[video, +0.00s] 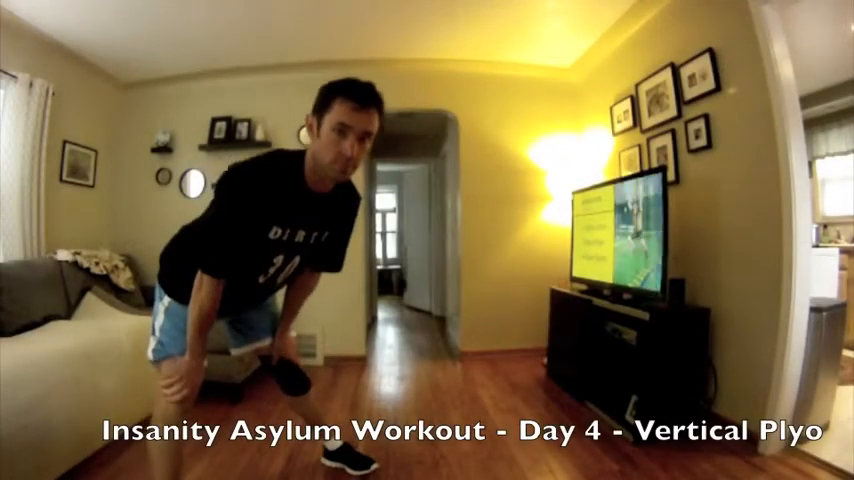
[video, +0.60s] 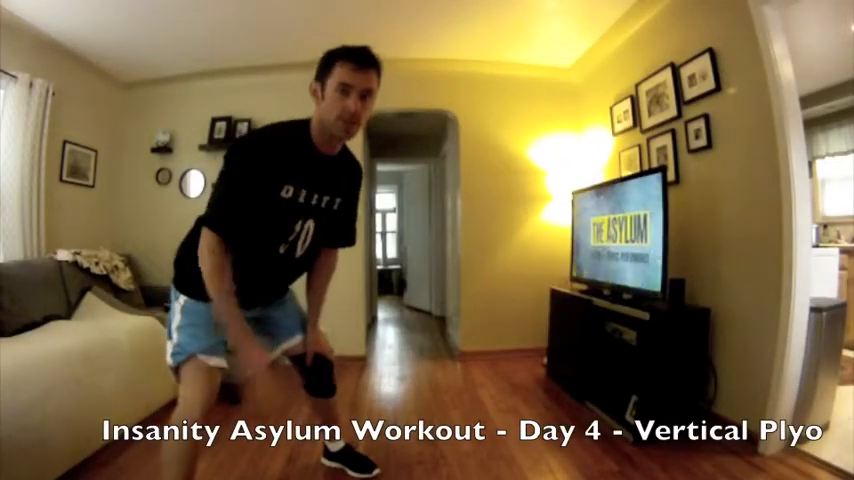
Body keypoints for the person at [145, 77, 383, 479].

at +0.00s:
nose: (351, 150)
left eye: (364, 139)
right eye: (341, 132)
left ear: (371, 144)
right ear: (311, 128)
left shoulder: (345, 201)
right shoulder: (252, 179)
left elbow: (311, 270)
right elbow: (209, 273)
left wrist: (285, 331)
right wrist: (194, 359)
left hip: (251, 291)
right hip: (190, 288)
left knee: (286, 369)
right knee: (175, 391)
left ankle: (331, 443)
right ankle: (163, 476)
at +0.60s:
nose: (354, 107)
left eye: (365, 97)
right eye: (345, 91)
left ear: (373, 104)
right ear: (317, 91)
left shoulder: (347, 172)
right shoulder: (258, 148)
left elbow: (327, 251)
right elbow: (210, 244)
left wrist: (313, 325)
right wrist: (242, 338)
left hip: (268, 288)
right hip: (207, 287)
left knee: (319, 368)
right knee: (198, 400)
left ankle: (336, 446)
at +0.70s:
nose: (357, 104)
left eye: (367, 95)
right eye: (347, 88)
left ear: (375, 103)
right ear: (319, 89)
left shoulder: (350, 171)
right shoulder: (261, 145)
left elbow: (330, 256)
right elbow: (215, 240)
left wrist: (318, 325)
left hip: (278, 291)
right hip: (213, 287)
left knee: (323, 369)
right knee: (201, 398)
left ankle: (335, 446)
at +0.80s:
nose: (360, 104)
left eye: (371, 95)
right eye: (350, 88)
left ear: (378, 103)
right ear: (322, 89)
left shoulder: (353, 172)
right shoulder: (266, 144)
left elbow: (333, 251)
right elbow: (226, 240)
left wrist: (321, 325)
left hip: (275, 286)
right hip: (214, 284)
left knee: (325, 367)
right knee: (202, 396)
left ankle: (335, 447)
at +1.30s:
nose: (397, 102)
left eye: (399, 91)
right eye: (393, 88)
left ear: (367, 83)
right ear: (361, 78)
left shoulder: (356, 161)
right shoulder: (289, 125)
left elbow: (337, 239)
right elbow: (252, 209)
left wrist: (329, 301)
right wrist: (309, 285)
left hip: (294, 290)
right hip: (232, 284)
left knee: (331, 370)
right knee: (206, 397)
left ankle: (335, 447)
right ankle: (178, 473)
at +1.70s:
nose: (400, 81)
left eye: (402, 71)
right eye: (397, 69)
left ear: (371, 64)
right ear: (369, 61)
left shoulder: (362, 134)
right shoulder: (307, 102)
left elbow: (353, 213)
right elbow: (269, 180)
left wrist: (353, 277)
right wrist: (262, 268)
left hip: (329, 275)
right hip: (281, 273)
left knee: (343, 363)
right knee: (263, 384)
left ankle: (336, 447)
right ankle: (230, 473)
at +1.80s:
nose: (396, 75)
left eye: (398, 65)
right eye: (393, 63)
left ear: (370, 60)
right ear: (364, 56)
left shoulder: (359, 128)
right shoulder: (303, 100)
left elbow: (354, 208)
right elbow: (267, 178)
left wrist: (356, 275)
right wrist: (269, 266)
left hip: (331, 273)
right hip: (282, 271)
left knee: (339, 368)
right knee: (270, 385)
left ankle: (336, 447)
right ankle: (259, 472)